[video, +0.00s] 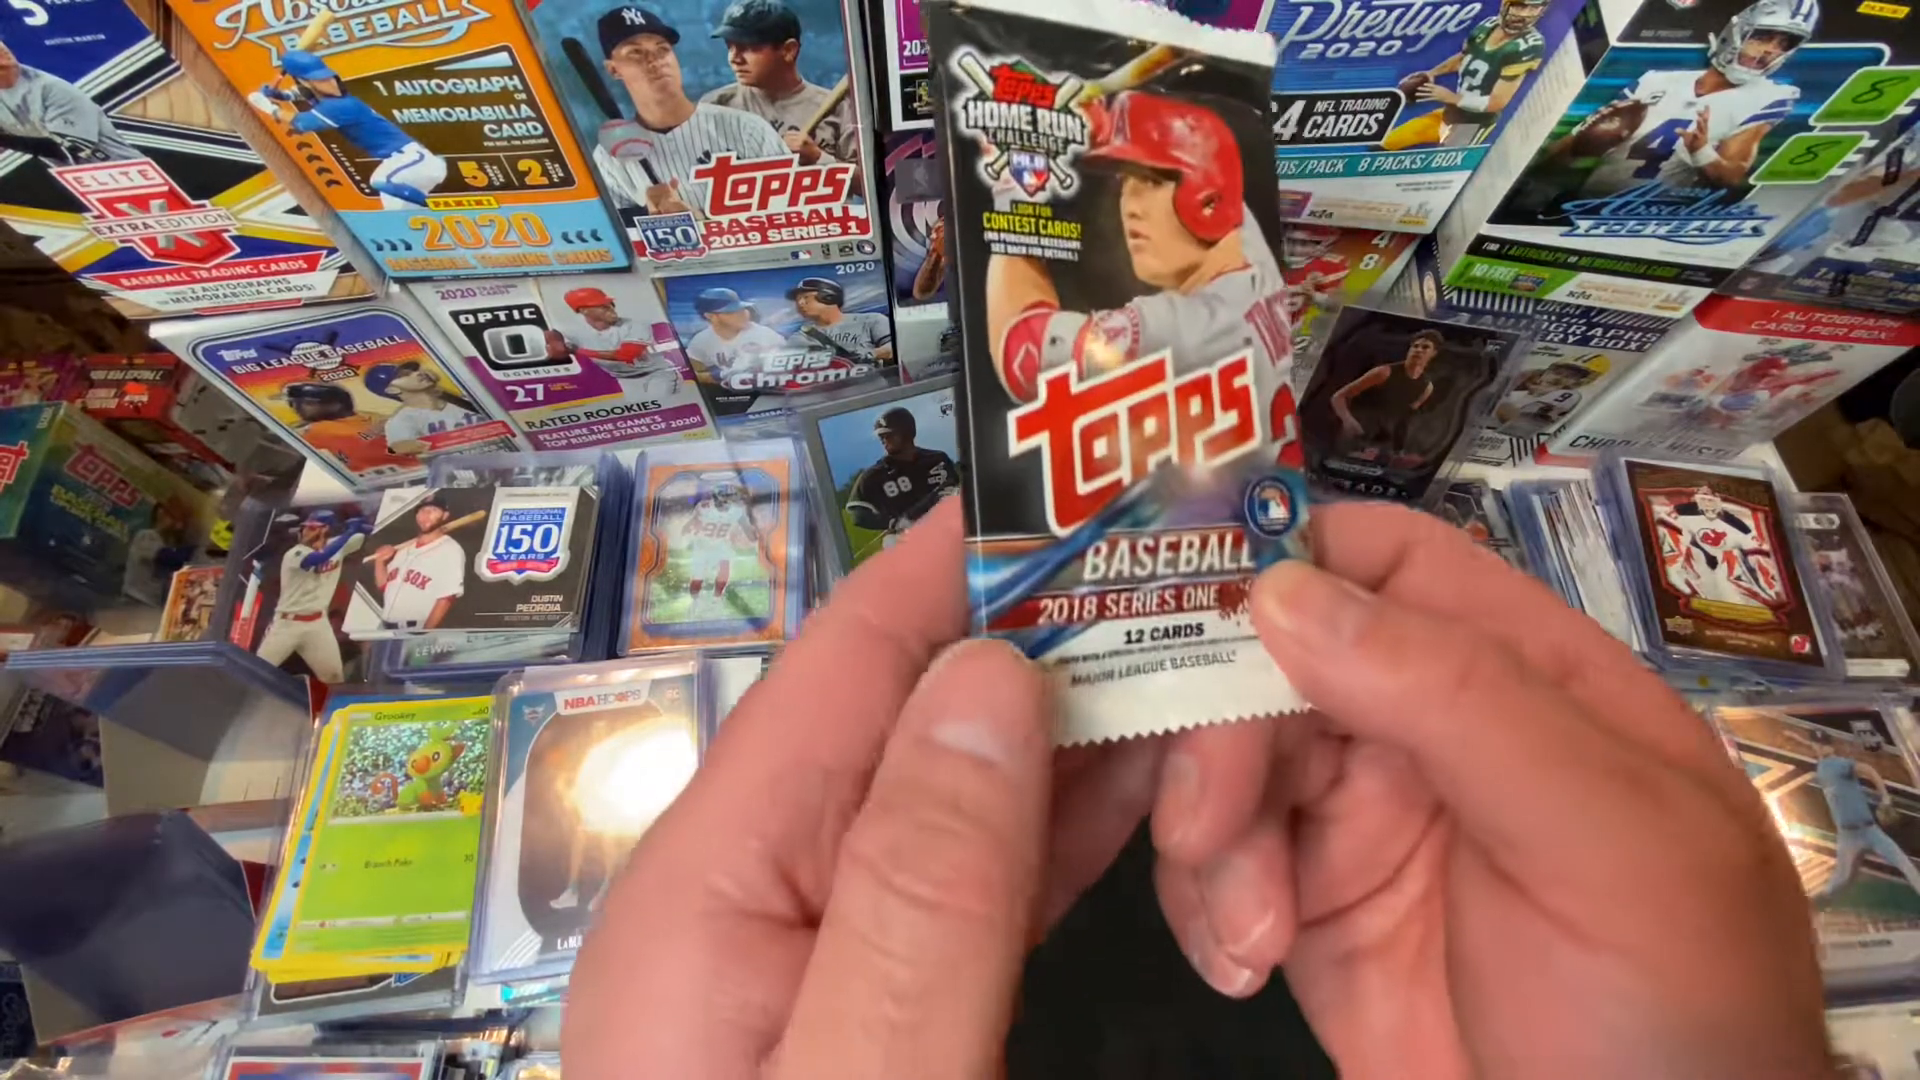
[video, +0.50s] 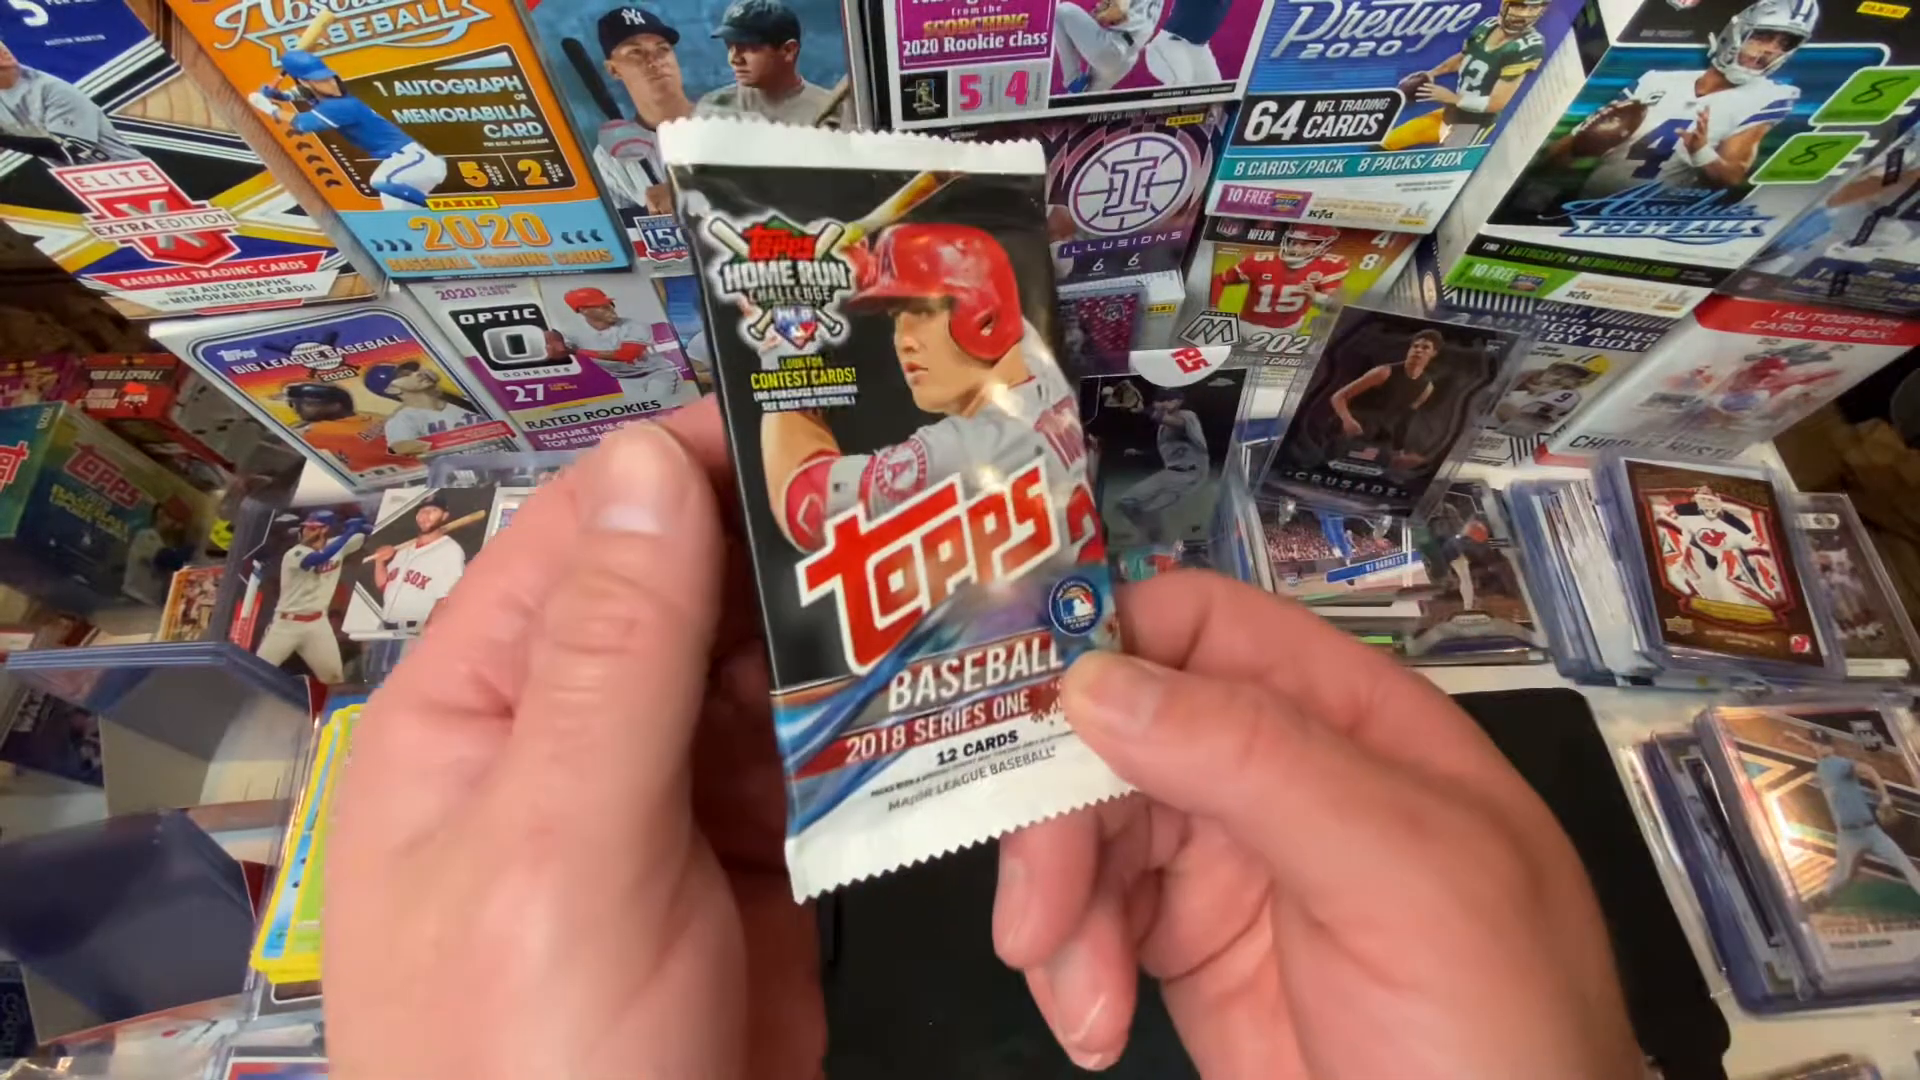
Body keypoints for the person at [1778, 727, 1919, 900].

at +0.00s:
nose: (1823, 751)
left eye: (1825, 746)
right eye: (1819, 748)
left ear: (1831, 746)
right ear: (1815, 750)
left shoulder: (1841, 765)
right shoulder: (1821, 768)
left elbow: (1869, 770)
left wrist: (1885, 797)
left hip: (1869, 829)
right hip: (1846, 834)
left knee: (1903, 862)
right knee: (1842, 876)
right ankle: (1820, 899)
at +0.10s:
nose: (1823, 750)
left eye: (1826, 745)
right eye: (1819, 746)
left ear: (1832, 746)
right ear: (1815, 749)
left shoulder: (1840, 766)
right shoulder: (1824, 767)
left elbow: (1855, 792)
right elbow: (1868, 770)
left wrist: (1882, 800)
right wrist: (1884, 795)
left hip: (1869, 829)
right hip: (1846, 833)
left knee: (1902, 862)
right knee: (1842, 875)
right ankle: (1823, 897)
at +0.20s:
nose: (1823, 749)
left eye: (1825, 744)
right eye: (1818, 745)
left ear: (1831, 744)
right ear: (1814, 748)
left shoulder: (1839, 765)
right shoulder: (1824, 768)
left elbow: (1854, 791)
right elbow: (1868, 770)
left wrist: (1883, 799)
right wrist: (1885, 796)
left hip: (1870, 829)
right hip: (1846, 834)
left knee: (1903, 862)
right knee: (1842, 877)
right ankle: (1822, 898)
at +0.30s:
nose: (1823, 749)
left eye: (1825, 744)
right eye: (1818, 745)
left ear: (1831, 745)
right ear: (1814, 748)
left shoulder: (1839, 765)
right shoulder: (1824, 768)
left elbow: (1855, 791)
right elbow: (1868, 769)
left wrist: (1883, 798)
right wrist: (1884, 795)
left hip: (1870, 829)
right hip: (1846, 834)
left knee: (1903, 862)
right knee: (1842, 877)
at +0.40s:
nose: (1823, 749)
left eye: (1825, 744)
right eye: (1819, 746)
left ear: (1831, 745)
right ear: (1814, 748)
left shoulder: (1840, 764)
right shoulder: (1824, 767)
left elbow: (1869, 770)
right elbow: (1866, 769)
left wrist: (1885, 797)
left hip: (1871, 829)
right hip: (1847, 835)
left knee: (1904, 863)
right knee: (1843, 876)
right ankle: (1824, 897)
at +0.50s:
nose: (1823, 749)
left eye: (1825, 744)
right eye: (1819, 746)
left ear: (1831, 745)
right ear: (1814, 748)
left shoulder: (1839, 764)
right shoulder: (1823, 767)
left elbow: (1869, 770)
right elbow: (1866, 769)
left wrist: (1884, 797)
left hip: (1871, 829)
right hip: (1847, 835)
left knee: (1904, 863)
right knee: (1842, 876)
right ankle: (1824, 897)